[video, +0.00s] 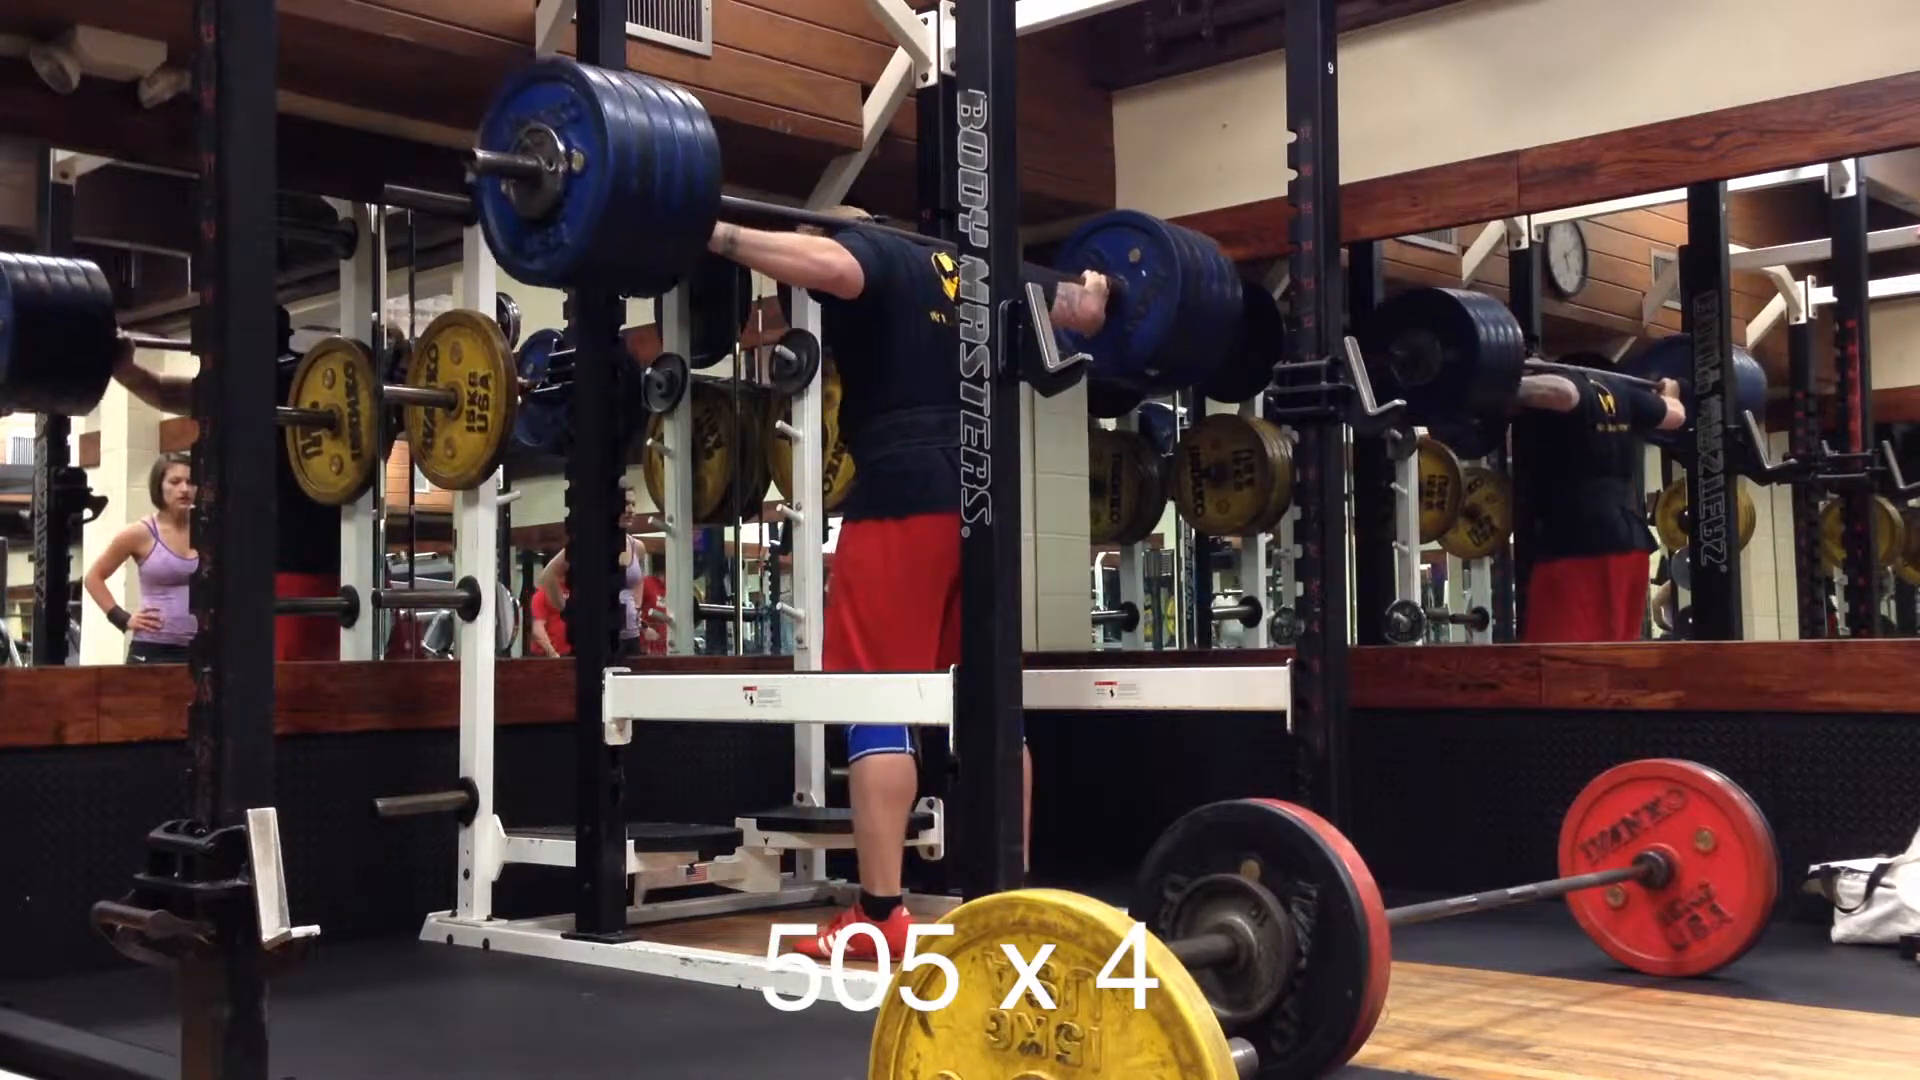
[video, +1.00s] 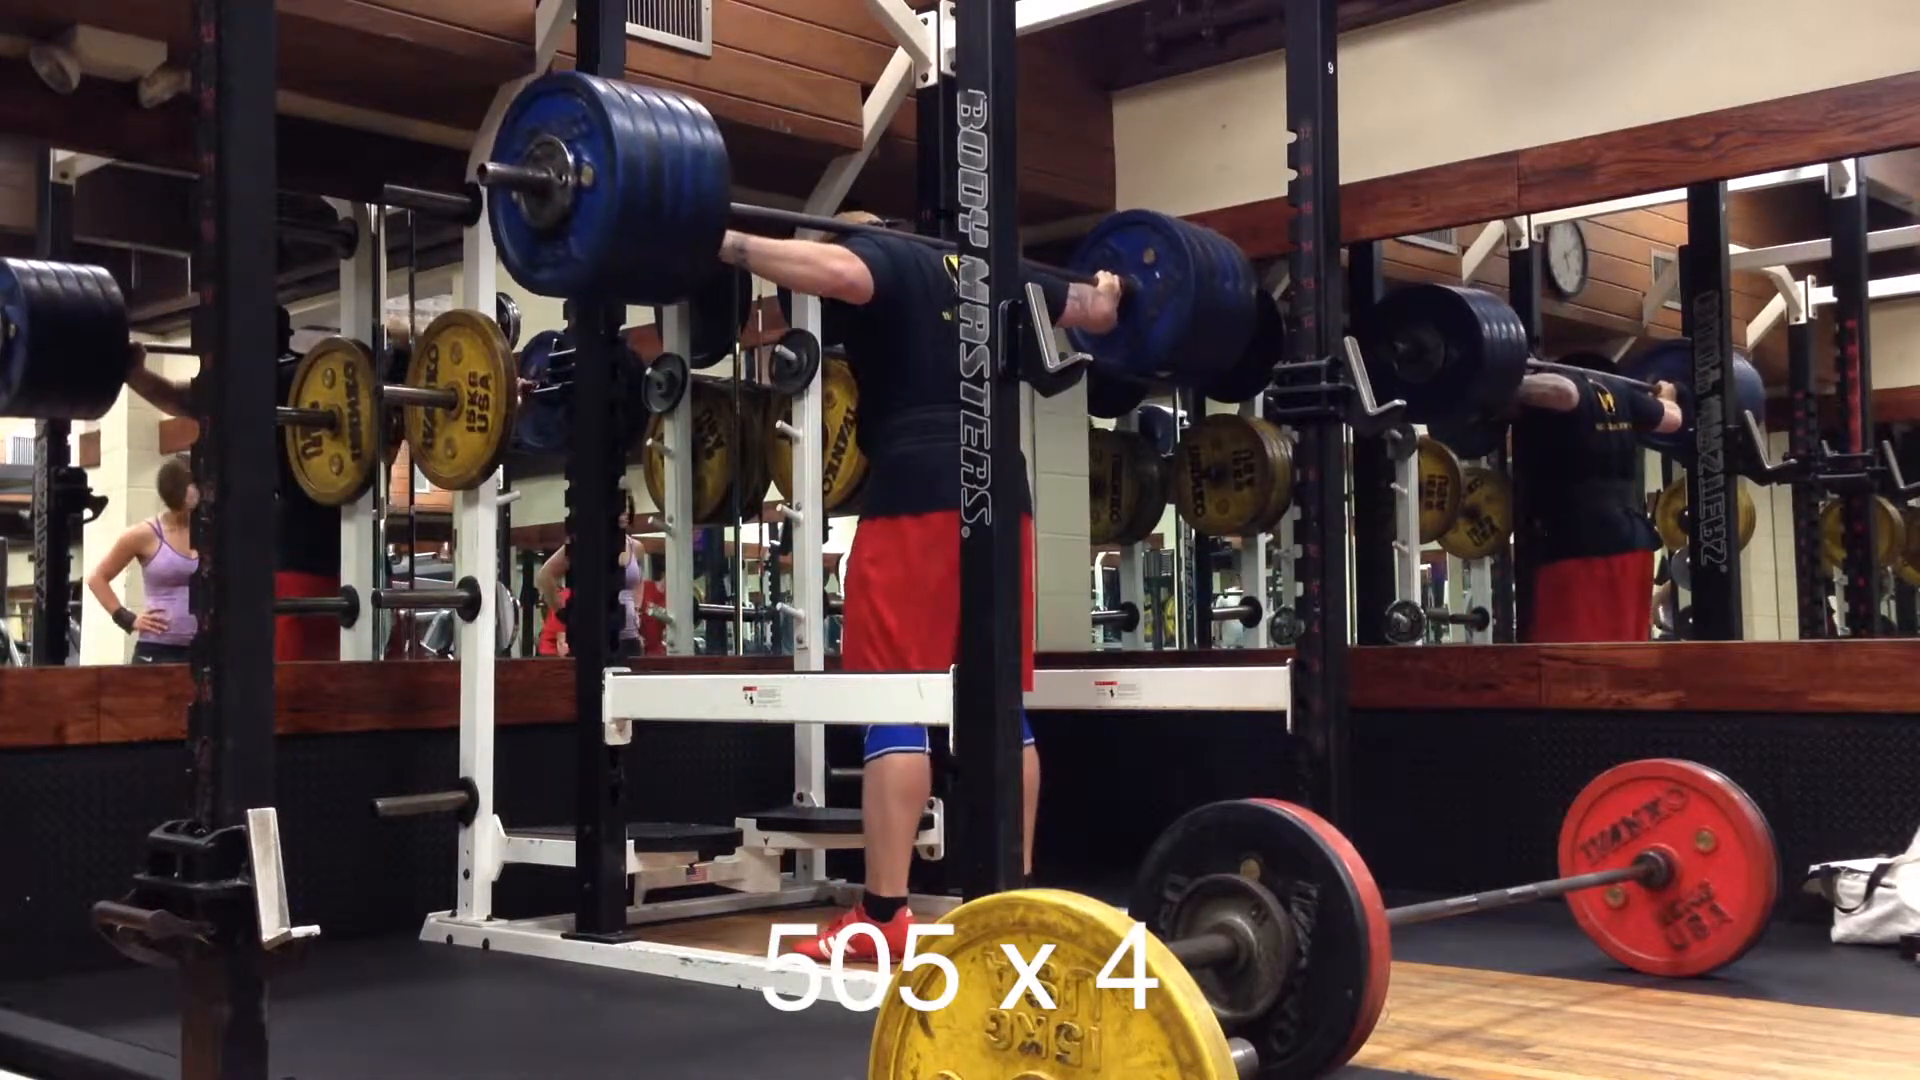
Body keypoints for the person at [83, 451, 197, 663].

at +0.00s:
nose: (185, 489)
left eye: (190, 482)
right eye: (175, 482)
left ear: (198, 487)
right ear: (158, 487)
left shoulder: (203, 528)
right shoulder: (140, 533)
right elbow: (93, 578)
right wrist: (124, 620)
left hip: (198, 648)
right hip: (153, 648)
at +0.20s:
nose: (185, 489)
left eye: (190, 482)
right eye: (176, 482)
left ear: (198, 487)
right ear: (159, 486)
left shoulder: (204, 528)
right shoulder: (140, 534)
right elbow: (93, 579)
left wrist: (212, 613)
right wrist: (124, 619)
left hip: (199, 648)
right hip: (153, 648)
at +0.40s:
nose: (185, 489)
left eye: (191, 482)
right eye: (176, 482)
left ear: (198, 487)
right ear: (159, 487)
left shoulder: (204, 529)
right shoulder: (141, 534)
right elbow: (93, 579)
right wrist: (123, 619)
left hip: (199, 648)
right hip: (153, 648)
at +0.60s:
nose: (186, 489)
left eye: (191, 482)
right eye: (177, 482)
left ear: (199, 487)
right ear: (159, 487)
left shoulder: (204, 529)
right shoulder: (141, 534)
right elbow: (93, 579)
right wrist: (123, 619)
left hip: (199, 648)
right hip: (153, 648)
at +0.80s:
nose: (191, 490)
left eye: (195, 483)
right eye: (182, 483)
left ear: (201, 487)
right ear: (162, 488)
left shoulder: (202, 530)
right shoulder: (141, 535)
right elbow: (93, 579)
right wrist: (123, 620)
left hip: (198, 648)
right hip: (153, 648)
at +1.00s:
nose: (203, 491)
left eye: (200, 485)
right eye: (197, 485)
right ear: (181, 491)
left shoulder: (205, 531)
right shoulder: (144, 534)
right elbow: (97, 580)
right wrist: (128, 620)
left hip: (201, 648)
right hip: (157, 649)